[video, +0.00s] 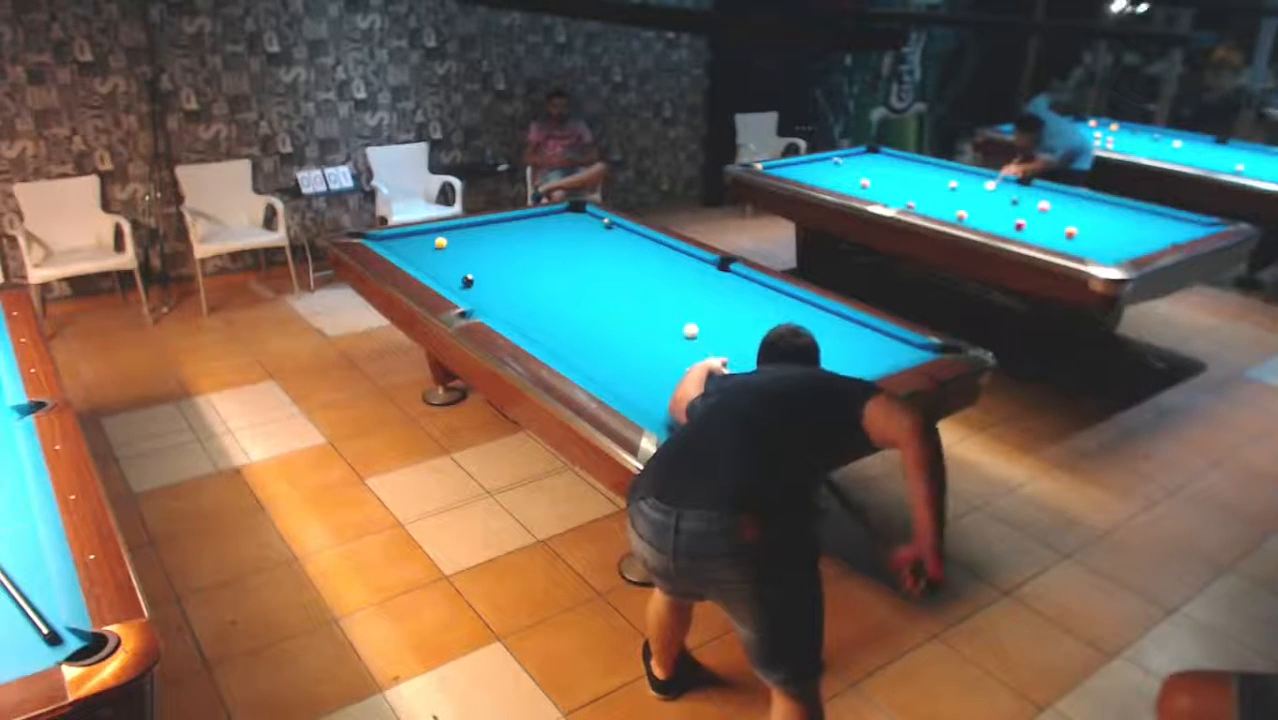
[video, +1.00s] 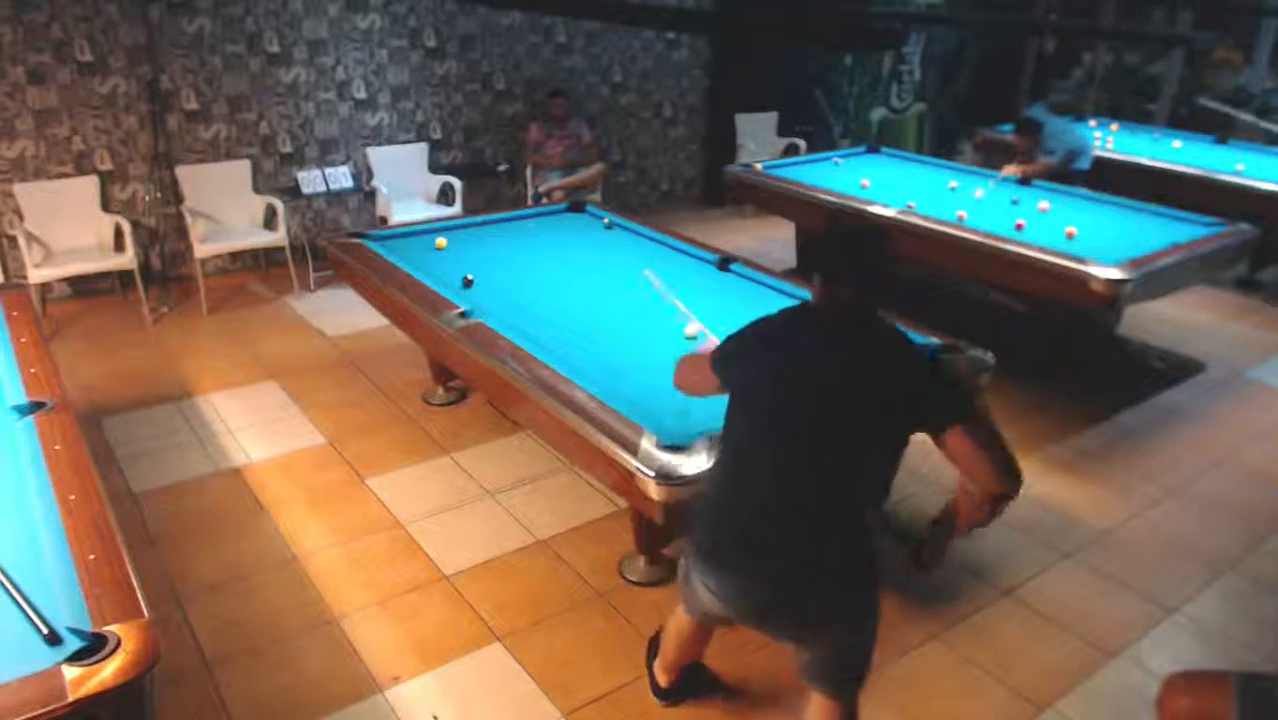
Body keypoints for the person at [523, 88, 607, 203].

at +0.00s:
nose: (559, 110)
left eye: (563, 106)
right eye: (555, 106)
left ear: (568, 108)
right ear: (548, 108)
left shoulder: (578, 126)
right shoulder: (538, 127)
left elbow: (593, 155)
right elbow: (529, 157)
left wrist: (572, 161)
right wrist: (555, 162)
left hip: (576, 168)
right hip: (550, 170)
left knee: (601, 168)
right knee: (558, 196)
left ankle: (549, 187)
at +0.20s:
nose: (559, 111)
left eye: (563, 107)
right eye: (555, 107)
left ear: (568, 108)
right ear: (549, 108)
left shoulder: (578, 125)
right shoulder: (538, 127)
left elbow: (593, 154)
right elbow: (529, 158)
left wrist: (570, 160)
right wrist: (557, 161)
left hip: (576, 166)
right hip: (550, 170)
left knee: (601, 168)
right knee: (558, 196)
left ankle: (549, 187)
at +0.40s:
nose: (559, 111)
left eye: (563, 107)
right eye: (555, 107)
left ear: (568, 108)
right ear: (549, 108)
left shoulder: (578, 125)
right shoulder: (538, 126)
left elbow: (593, 154)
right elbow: (529, 158)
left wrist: (570, 160)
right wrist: (557, 161)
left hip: (576, 166)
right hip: (550, 169)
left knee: (601, 168)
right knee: (558, 196)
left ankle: (549, 187)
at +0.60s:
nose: (559, 111)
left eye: (563, 107)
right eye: (555, 107)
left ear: (568, 108)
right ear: (549, 108)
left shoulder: (578, 125)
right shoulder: (538, 126)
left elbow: (593, 154)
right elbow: (529, 158)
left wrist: (570, 160)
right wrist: (557, 161)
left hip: (576, 166)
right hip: (550, 169)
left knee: (601, 168)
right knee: (558, 196)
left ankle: (549, 187)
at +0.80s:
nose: (559, 110)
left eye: (562, 106)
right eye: (555, 106)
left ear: (568, 107)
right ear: (548, 108)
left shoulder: (578, 126)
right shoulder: (538, 128)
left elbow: (591, 153)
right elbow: (529, 156)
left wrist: (568, 160)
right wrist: (552, 162)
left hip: (577, 166)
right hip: (550, 170)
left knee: (600, 168)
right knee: (558, 196)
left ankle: (551, 186)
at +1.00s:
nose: (559, 110)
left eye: (562, 106)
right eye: (555, 107)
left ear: (568, 107)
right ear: (548, 108)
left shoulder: (578, 126)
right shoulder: (538, 128)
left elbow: (591, 153)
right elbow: (529, 156)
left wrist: (567, 160)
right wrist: (552, 162)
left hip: (576, 166)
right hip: (550, 170)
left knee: (600, 168)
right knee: (558, 196)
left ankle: (551, 186)